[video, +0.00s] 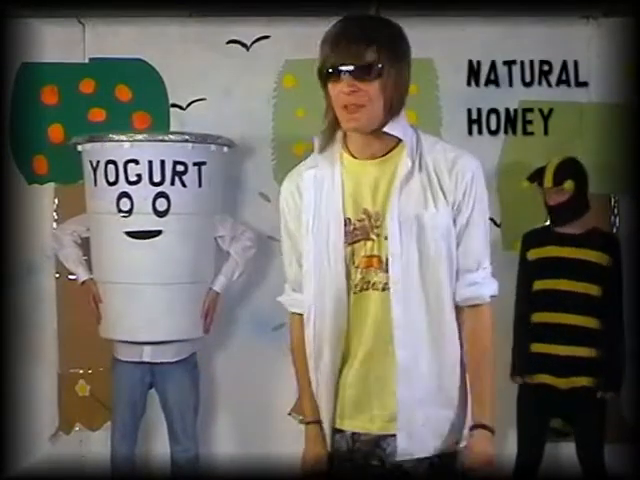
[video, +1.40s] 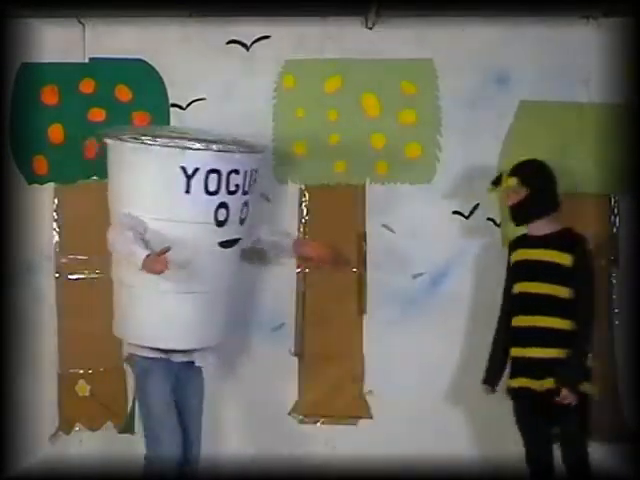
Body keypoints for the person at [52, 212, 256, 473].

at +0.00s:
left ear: (174, 197)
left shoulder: (195, 220)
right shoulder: (113, 220)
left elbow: (247, 240)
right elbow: (62, 234)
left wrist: (218, 288)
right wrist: (85, 278)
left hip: (177, 352)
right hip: (127, 352)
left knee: (185, 449)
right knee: (121, 450)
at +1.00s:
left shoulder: (190, 232)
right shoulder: (112, 222)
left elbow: (234, 248)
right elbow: (63, 241)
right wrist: (95, 281)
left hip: (175, 359)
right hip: (125, 359)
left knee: (184, 448)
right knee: (120, 452)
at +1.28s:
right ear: (161, 178)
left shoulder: (211, 219)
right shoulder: (137, 213)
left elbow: (254, 236)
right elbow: (100, 236)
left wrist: (300, 259)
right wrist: (123, 267)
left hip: (188, 355)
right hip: (143, 355)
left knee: (188, 455)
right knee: (153, 450)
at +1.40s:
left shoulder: (215, 217)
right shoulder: (149, 205)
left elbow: (250, 239)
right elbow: (119, 234)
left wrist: (299, 248)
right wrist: (143, 258)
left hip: (189, 351)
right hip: (148, 349)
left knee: (190, 455)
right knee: (166, 454)